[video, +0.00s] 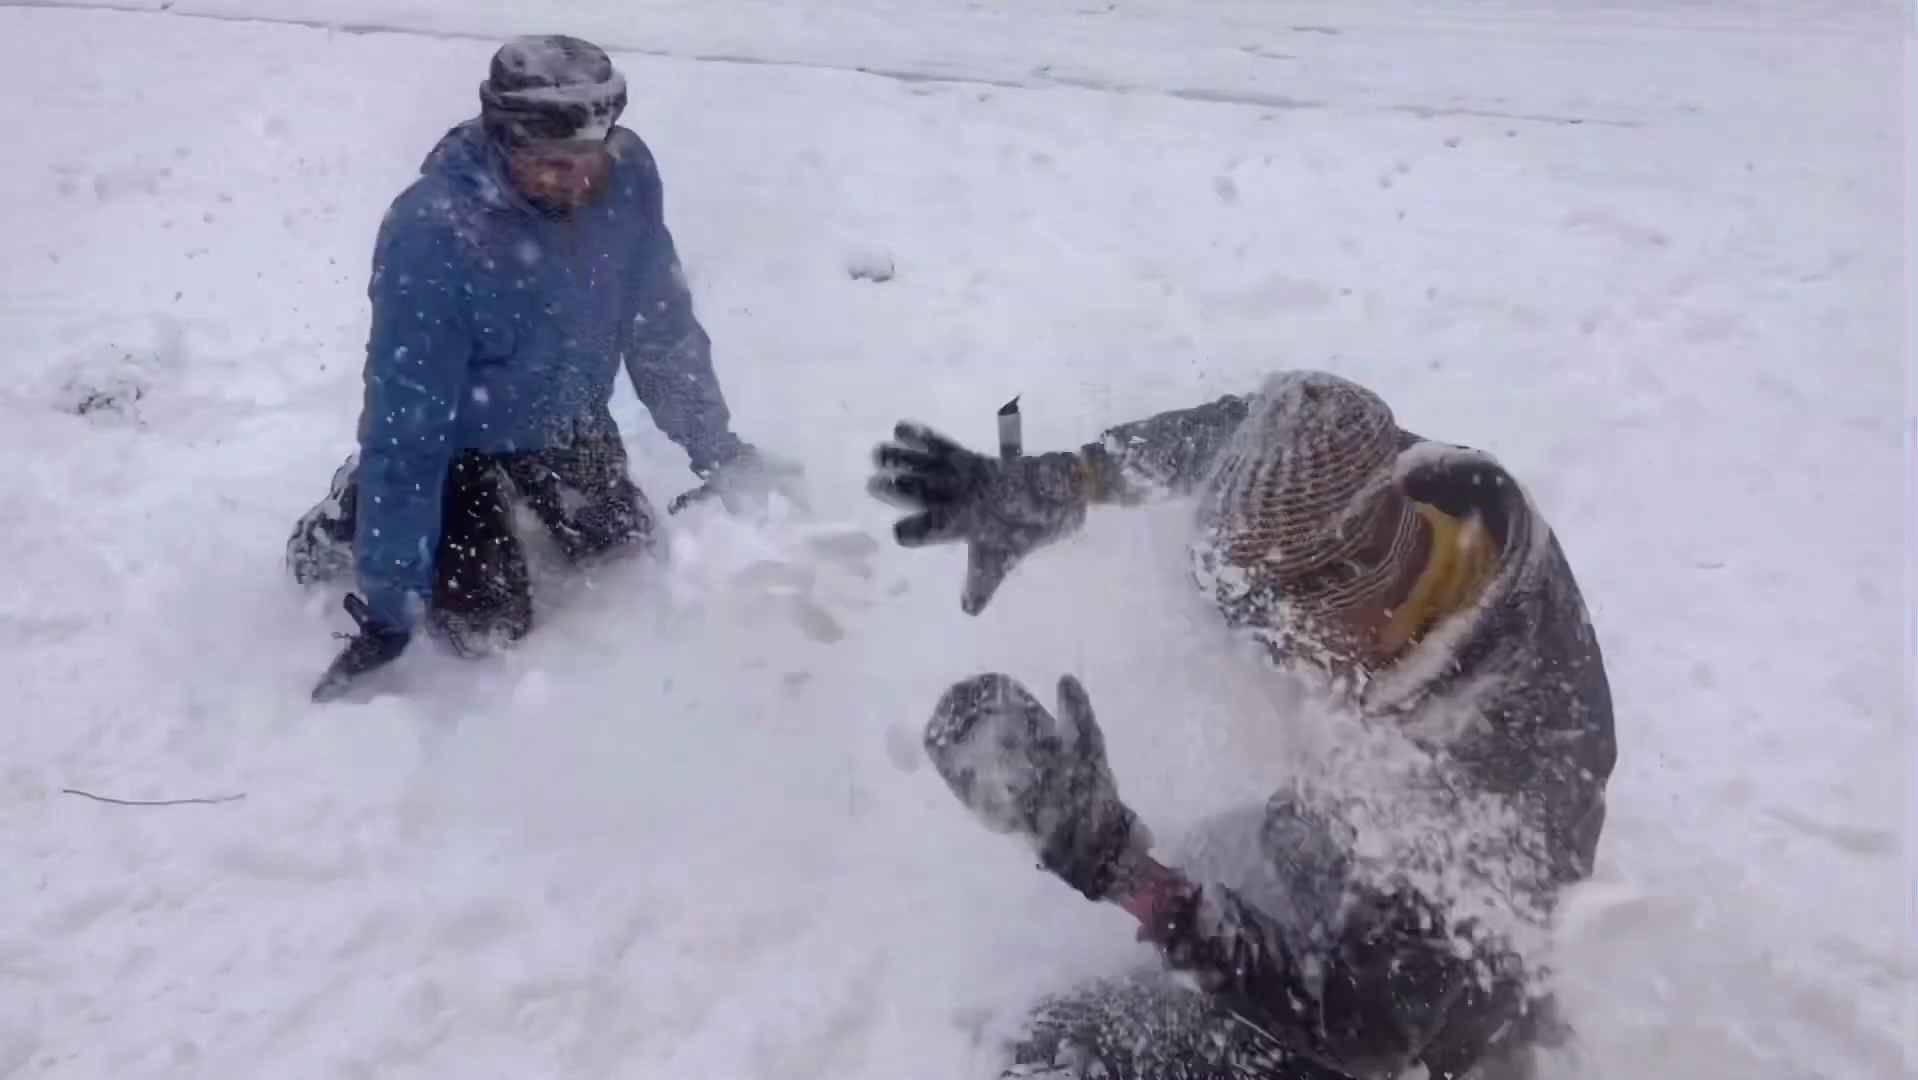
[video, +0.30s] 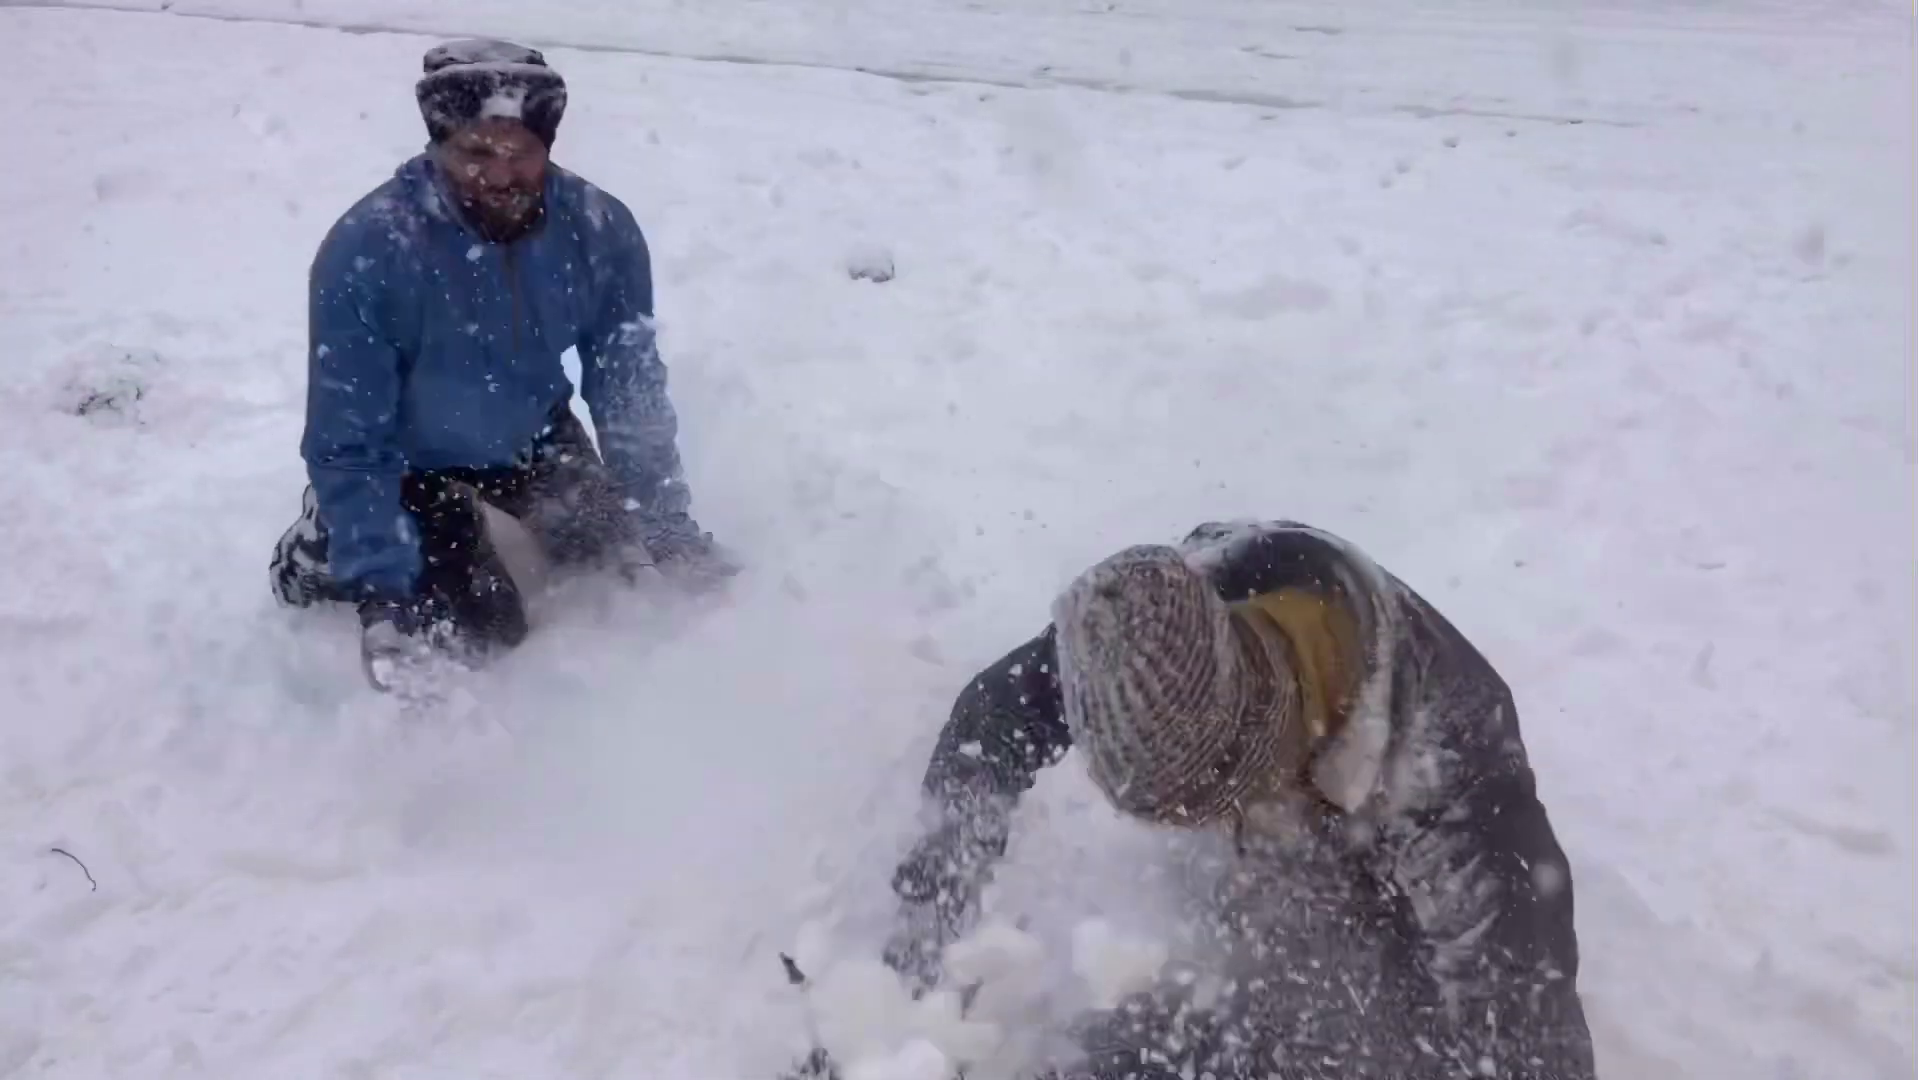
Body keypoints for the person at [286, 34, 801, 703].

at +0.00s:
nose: (574, 179)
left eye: (591, 157)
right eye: (552, 161)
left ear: (609, 139)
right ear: (506, 144)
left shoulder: (624, 177)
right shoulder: (435, 228)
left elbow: (661, 329)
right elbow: (404, 433)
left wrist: (719, 452)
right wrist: (388, 613)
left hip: (567, 421)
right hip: (454, 440)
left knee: (620, 549)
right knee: (493, 626)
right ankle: (370, 520)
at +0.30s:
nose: (498, 175)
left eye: (519, 152)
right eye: (475, 153)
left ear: (550, 146)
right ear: (437, 149)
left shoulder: (598, 231)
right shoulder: (367, 254)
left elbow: (632, 399)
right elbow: (348, 448)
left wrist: (673, 535)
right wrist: (386, 602)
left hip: (530, 437)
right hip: (410, 458)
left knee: (630, 559)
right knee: (487, 625)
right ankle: (343, 555)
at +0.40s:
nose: (481, 177)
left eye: (502, 151)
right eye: (458, 152)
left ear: (541, 148)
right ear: (430, 148)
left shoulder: (598, 239)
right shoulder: (359, 255)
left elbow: (625, 415)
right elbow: (317, 445)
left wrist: (666, 567)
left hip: (517, 434)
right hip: (395, 461)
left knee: (603, 537)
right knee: (488, 633)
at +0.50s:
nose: (463, 180)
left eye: (485, 156)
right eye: (443, 155)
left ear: (529, 150)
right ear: (420, 148)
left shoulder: (593, 231)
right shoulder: (354, 257)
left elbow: (625, 407)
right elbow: (305, 444)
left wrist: (662, 565)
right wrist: (272, 602)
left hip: (523, 436)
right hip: (391, 466)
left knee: (600, 552)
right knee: (485, 636)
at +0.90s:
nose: (318, 242)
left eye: (321, 217)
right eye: (293, 238)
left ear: (344, 164)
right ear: (265, 228)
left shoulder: (454, 109)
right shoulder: (284, 271)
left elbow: (585, 246)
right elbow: (383, 420)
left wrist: (630, 403)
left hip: (578, 410)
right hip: (454, 453)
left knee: (659, 556)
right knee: (494, 633)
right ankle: (397, 508)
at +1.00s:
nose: (305, 237)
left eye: (310, 214)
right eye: (282, 231)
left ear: (335, 159)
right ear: (253, 219)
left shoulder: (435, 100)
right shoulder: (274, 258)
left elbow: (572, 236)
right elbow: (380, 396)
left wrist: (633, 393)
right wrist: (488, 500)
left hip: (583, 407)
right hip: (461, 458)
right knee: (489, 644)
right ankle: (409, 510)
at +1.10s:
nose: (319, 215)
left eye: (319, 194)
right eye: (293, 212)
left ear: (339, 143)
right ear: (262, 203)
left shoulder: (432, 92)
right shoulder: (265, 236)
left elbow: (562, 223)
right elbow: (365, 370)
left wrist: (645, 379)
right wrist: (479, 467)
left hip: (582, 393)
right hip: (465, 446)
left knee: (675, 549)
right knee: (484, 644)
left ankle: (562, 478)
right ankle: (440, 513)